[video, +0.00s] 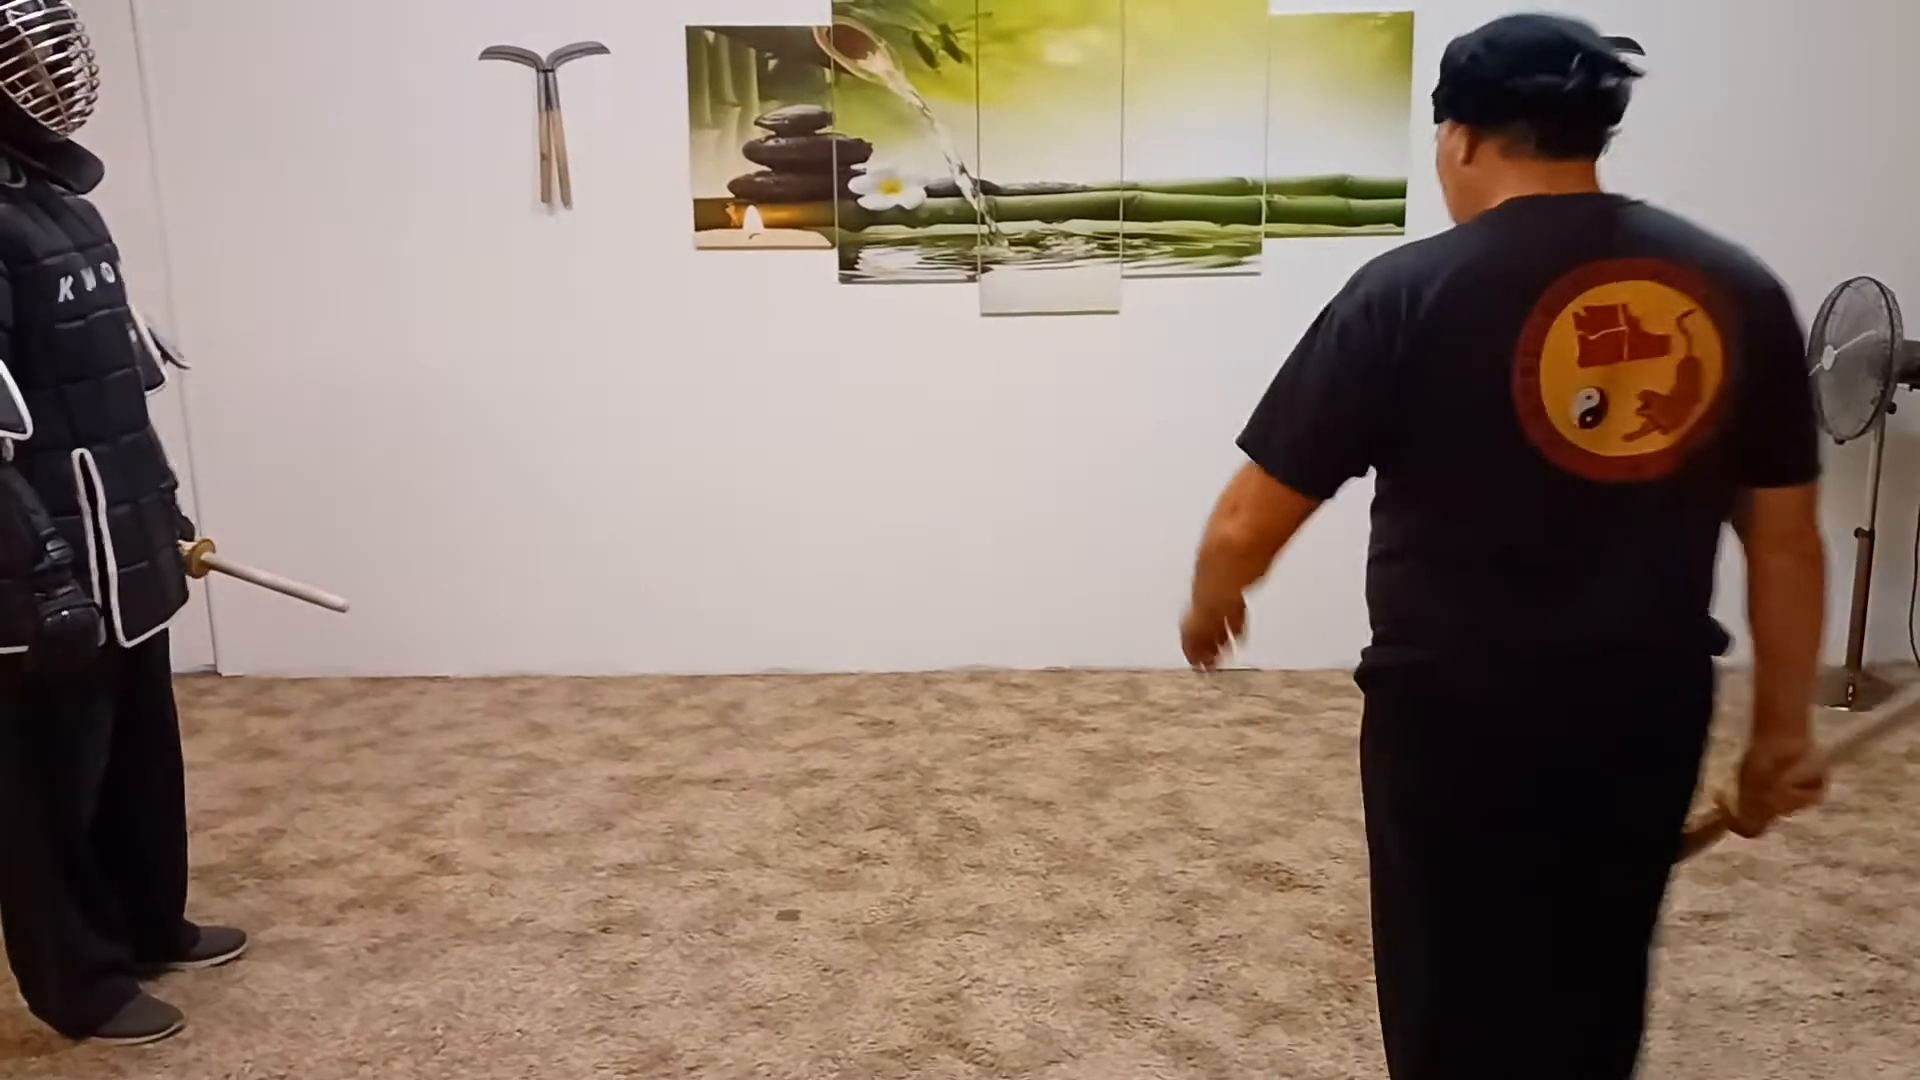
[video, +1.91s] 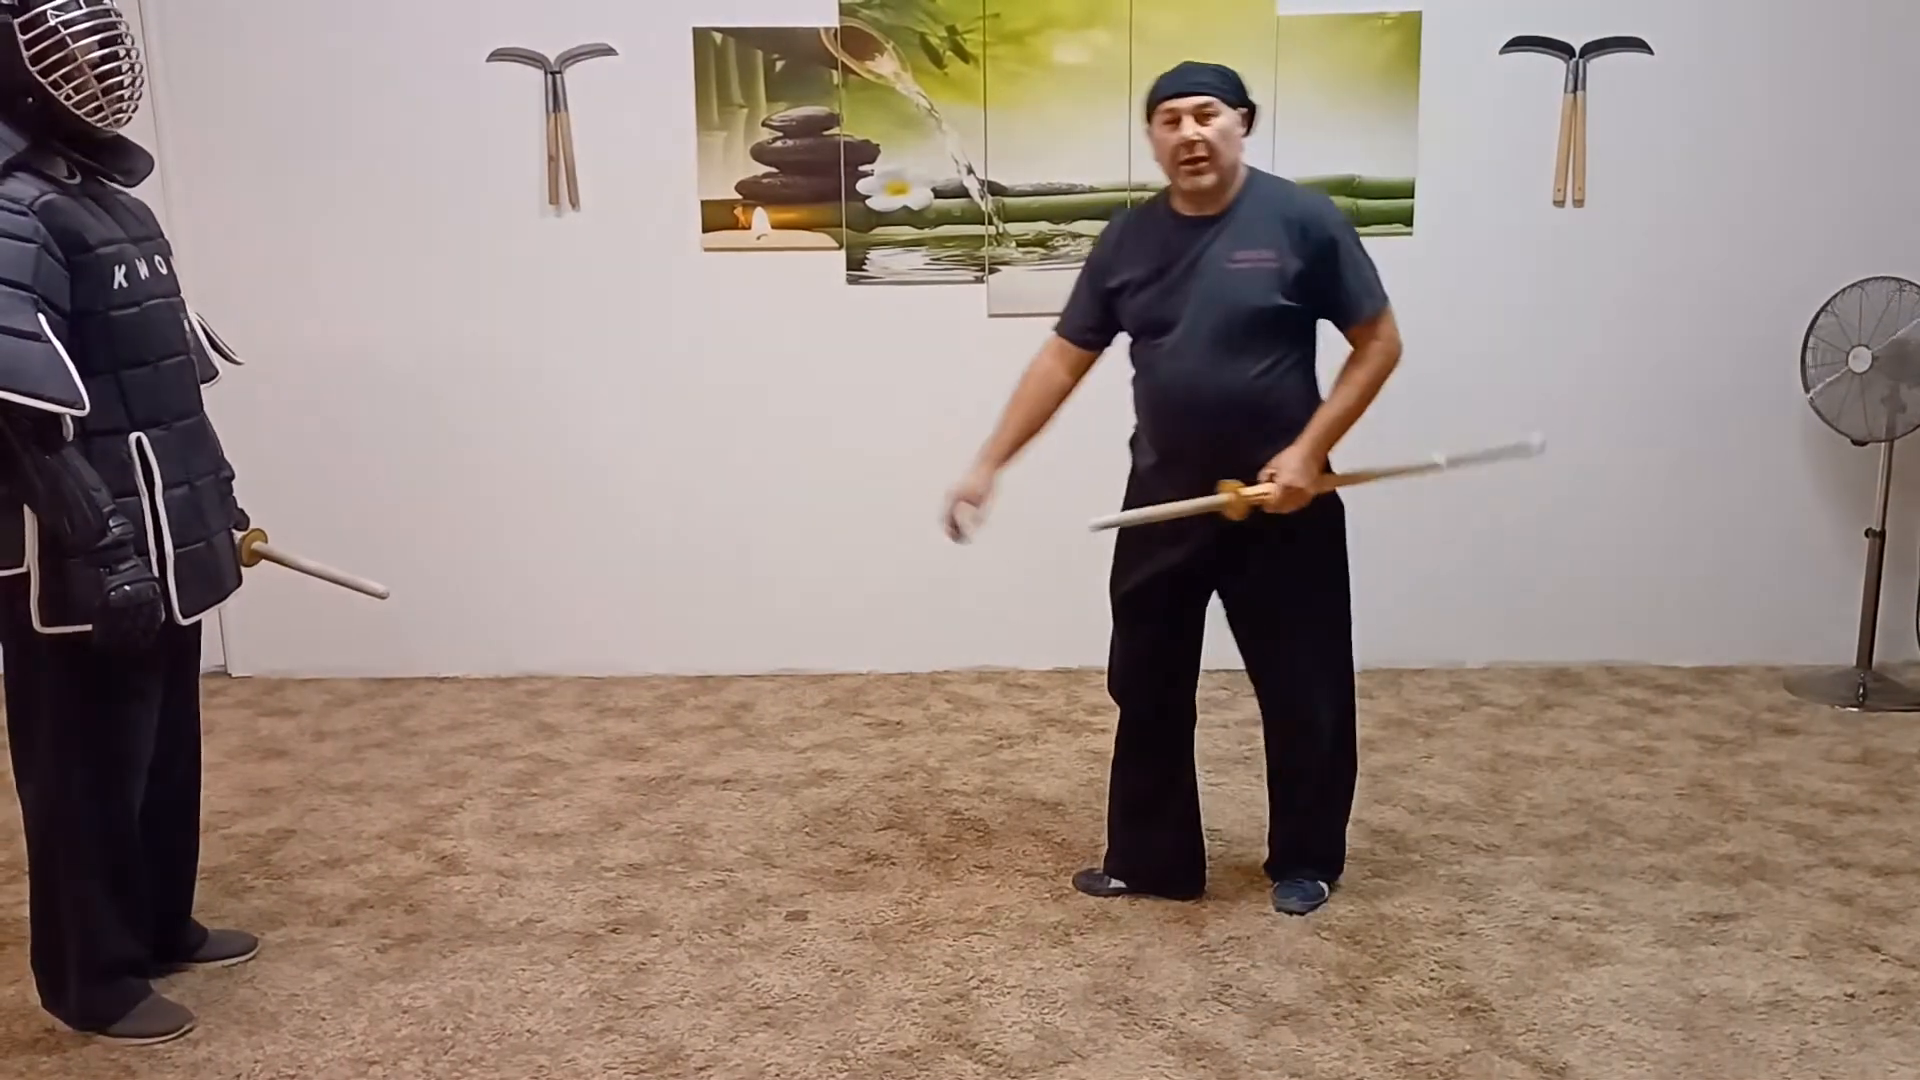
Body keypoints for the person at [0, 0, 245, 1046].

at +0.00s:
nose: (71, 79)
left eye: (70, 59)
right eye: (48, 63)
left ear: (63, 73)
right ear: (4, 81)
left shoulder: (69, 204)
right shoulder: (3, 216)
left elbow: (110, 386)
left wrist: (166, 511)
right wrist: (37, 568)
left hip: (120, 538)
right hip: (43, 558)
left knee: (136, 744)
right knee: (52, 771)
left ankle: (148, 928)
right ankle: (76, 985)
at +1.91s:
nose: (114, 73)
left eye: (114, 53)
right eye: (88, 55)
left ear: (110, 70)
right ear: (35, 72)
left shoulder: (122, 203)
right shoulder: (18, 209)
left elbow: (173, 382)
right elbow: (23, 403)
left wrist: (221, 504)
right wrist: (98, 538)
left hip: (161, 542)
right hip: (75, 555)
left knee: (161, 749)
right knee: (87, 769)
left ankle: (159, 931)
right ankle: (91, 982)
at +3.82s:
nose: (124, 78)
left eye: (121, 57)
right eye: (100, 60)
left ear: (100, 71)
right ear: (44, 74)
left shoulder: (122, 201)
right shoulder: (19, 210)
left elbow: (174, 381)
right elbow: (22, 404)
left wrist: (219, 506)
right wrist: (100, 536)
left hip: (159, 541)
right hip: (71, 554)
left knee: (160, 751)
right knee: (84, 771)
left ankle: (161, 933)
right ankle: (88, 982)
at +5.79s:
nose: (91, 84)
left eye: (87, 66)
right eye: (71, 68)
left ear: (63, 84)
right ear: (27, 83)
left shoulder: (98, 207)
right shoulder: (6, 216)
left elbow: (151, 379)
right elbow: (23, 416)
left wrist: (198, 504)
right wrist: (95, 550)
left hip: (144, 545)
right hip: (58, 563)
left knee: (150, 750)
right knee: (75, 771)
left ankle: (157, 931)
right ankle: (83, 981)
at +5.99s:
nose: (92, 82)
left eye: (87, 66)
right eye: (73, 67)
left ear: (53, 86)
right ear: (31, 83)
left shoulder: (101, 210)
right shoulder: (10, 220)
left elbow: (151, 381)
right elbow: (24, 417)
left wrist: (198, 505)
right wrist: (90, 549)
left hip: (145, 548)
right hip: (60, 567)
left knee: (150, 750)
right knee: (75, 772)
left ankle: (156, 931)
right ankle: (82, 981)